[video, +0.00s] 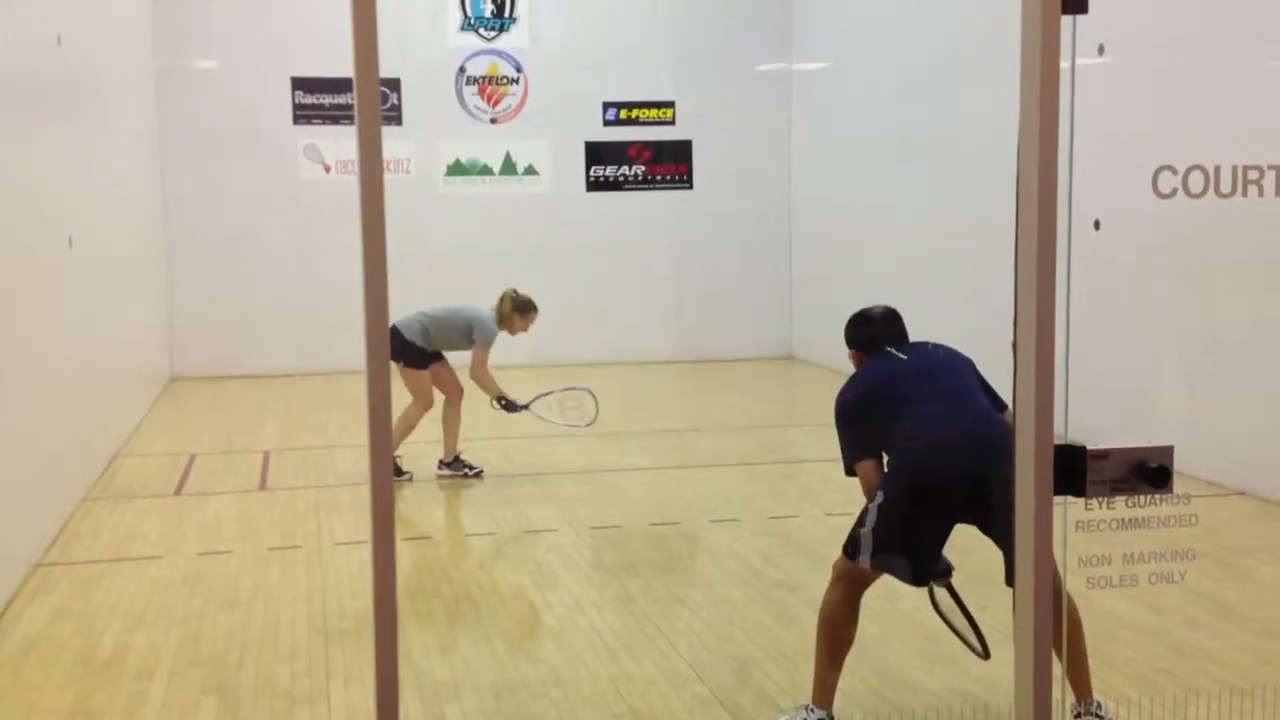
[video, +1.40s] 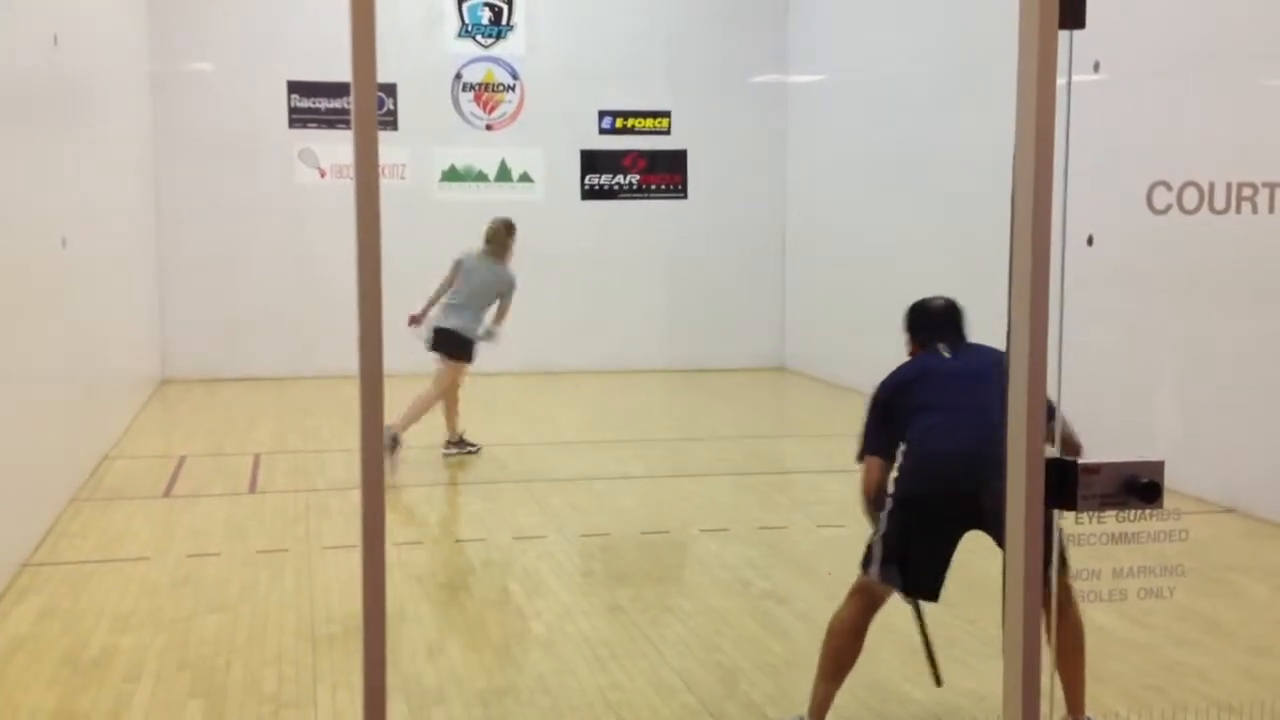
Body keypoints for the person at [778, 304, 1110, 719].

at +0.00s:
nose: (851, 361)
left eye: (850, 355)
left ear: (856, 356)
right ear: (904, 338)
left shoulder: (855, 393)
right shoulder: (948, 356)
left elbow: (873, 486)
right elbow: (1005, 420)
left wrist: (919, 552)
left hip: (922, 478)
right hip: (996, 468)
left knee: (848, 580)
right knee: (1049, 583)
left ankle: (820, 706)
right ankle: (1087, 702)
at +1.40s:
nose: (907, 349)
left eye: (907, 343)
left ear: (913, 344)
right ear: (962, 335)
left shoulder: (899, 382)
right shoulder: (1004, 365)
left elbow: (873, 482)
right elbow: (1068, 441)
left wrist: (884, 527)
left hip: (929, 487)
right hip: (1008, 486)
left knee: (865, 596)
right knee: (1058, 593)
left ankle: (815, 713)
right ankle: (1077, 713)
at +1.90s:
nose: (858, 307)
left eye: (859, 300)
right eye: (859, 299)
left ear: (868, 303)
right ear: (914, 294)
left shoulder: (864, 355)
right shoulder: (960, 334)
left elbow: (847, 445)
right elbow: (996, 419)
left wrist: (824, 506)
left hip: (913, 491)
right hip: (988, 488)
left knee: (841, 590)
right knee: (1022, 609)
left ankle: (821, 711)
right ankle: (1064, 710)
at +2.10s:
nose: (853, 301)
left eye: (858, 290)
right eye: (853, 290)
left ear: (886, 287)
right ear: (906, 283)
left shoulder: (892, 337)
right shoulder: (955, 315)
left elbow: (890, 428)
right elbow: (981, 405)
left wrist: (847, 515)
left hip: (942, 487)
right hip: (1002, 483)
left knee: (875, 598)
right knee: (975, 596)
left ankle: (835, 711)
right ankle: (1044, 702)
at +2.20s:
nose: (864, 294)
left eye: (871, 284)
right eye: (864, 284)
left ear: (899, 283)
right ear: (914, 279)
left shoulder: (918, 333)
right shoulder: (964, 313)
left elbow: (928, 430)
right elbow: (991, 408)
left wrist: (888, 522)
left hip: (958, 490)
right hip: (1002, 486)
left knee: (893, 602)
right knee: (986, 598)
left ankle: (850, 714)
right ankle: (1049, 703)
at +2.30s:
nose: (874, 294)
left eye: (880, 282)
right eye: (874, 282)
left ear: (911, 280)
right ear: (924, 277)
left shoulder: (934, 332)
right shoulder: (968, 313)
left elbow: (955, 431)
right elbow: (986, 416)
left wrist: (931, 502)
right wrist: (944, 493)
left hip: (974, 484)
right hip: (1008, 481)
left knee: (899, 596)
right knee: (988, 592)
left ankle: (893, 712)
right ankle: (1048, 696)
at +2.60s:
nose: (869, 304)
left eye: (880, 292)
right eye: (871, 291)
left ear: (922, 300)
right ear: (917, 300)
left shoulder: (966, 359)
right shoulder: (913, 341)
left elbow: (1013, 464)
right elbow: (925, 424)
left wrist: (983, 557)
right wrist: (900, 492)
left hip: (992, 508)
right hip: (976, 503)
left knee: (913, 631)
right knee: (986, 615)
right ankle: (1055, 704)